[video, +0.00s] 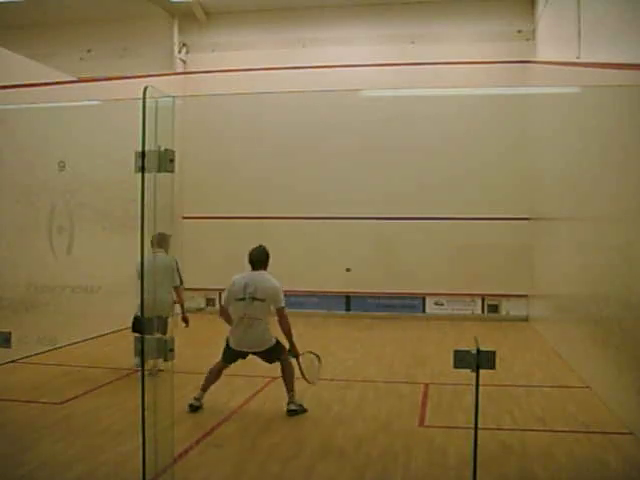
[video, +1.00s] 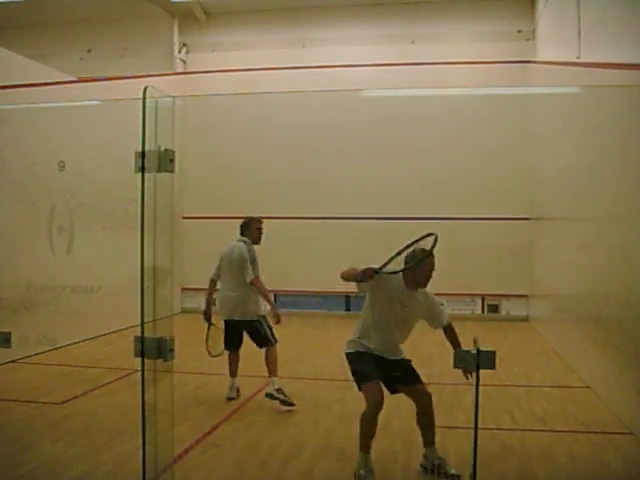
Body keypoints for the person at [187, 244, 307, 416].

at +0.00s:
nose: (268, 263)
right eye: (267, 260)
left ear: (250, 262)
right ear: (267, 262)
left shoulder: (236, 281)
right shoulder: (272, 285)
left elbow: (223, 311)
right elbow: (282, 317)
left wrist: (236, 326)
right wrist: (292, 344)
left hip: (236, 340)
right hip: (261, 341)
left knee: (221, 364)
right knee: (285, 358)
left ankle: (198, 398)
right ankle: (292, 401)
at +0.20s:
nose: (307, 251)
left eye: (307, 247)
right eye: (307, 247)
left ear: (288, 245)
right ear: (302, 247)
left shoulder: (273, 262)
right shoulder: (291, 266)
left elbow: (268, 295)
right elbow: (287, 301)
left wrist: (289, 319)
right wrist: (293, 328)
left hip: (263, 327)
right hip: (279, 329)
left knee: (279, 360)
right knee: (302, 361)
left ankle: (260, 400)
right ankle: (301, 402)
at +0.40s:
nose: (344, 259)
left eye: (343, 255)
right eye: (341, 255)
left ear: (329, 257)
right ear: (329, 256)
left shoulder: (321, 275)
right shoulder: (309, 275)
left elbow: (316, 308)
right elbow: (291, 303)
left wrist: (326, 331)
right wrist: (295, 322)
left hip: (308, 338)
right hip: (303, 340)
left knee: (305, 379)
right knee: (342, 373)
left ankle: (271, 413)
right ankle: (347, 428)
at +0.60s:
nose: (381, 265)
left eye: (381, 261)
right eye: (377, 261)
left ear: (370, 261)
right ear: (362, 260)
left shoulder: (370, 284)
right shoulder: (340, 279)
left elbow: (364, 313)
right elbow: (318, 302)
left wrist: (373, 345)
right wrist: (325, 312)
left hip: (351, 341)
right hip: (329, 343)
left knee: (373, 389)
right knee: (358, 388)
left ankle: (344, 413)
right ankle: (358, 438)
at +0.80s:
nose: (415, 272)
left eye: (416, 267)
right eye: (411, 266)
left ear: (414, 267)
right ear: (398, 265)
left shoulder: (408, 294)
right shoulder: (369, 281)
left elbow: (416, 327)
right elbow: (336, 289)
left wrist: (428, 360)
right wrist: (349, 293)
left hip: (382, 353)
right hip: (354, 352)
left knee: (411, 396)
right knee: (372, 403)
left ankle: (427, 454)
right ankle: (358, 430)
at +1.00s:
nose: (431, 275)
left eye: (432, 270)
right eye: (428, 270)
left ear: (426, 272)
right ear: (412, 269)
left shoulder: (424, 301)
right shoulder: (383, 281)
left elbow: (446, 326)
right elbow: (345, 275)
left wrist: (461, 356)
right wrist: (360, 275)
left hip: (392, 355)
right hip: (362, 350)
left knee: (424, 399)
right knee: (375, 400)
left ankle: (430, 457)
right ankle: (364, 463)